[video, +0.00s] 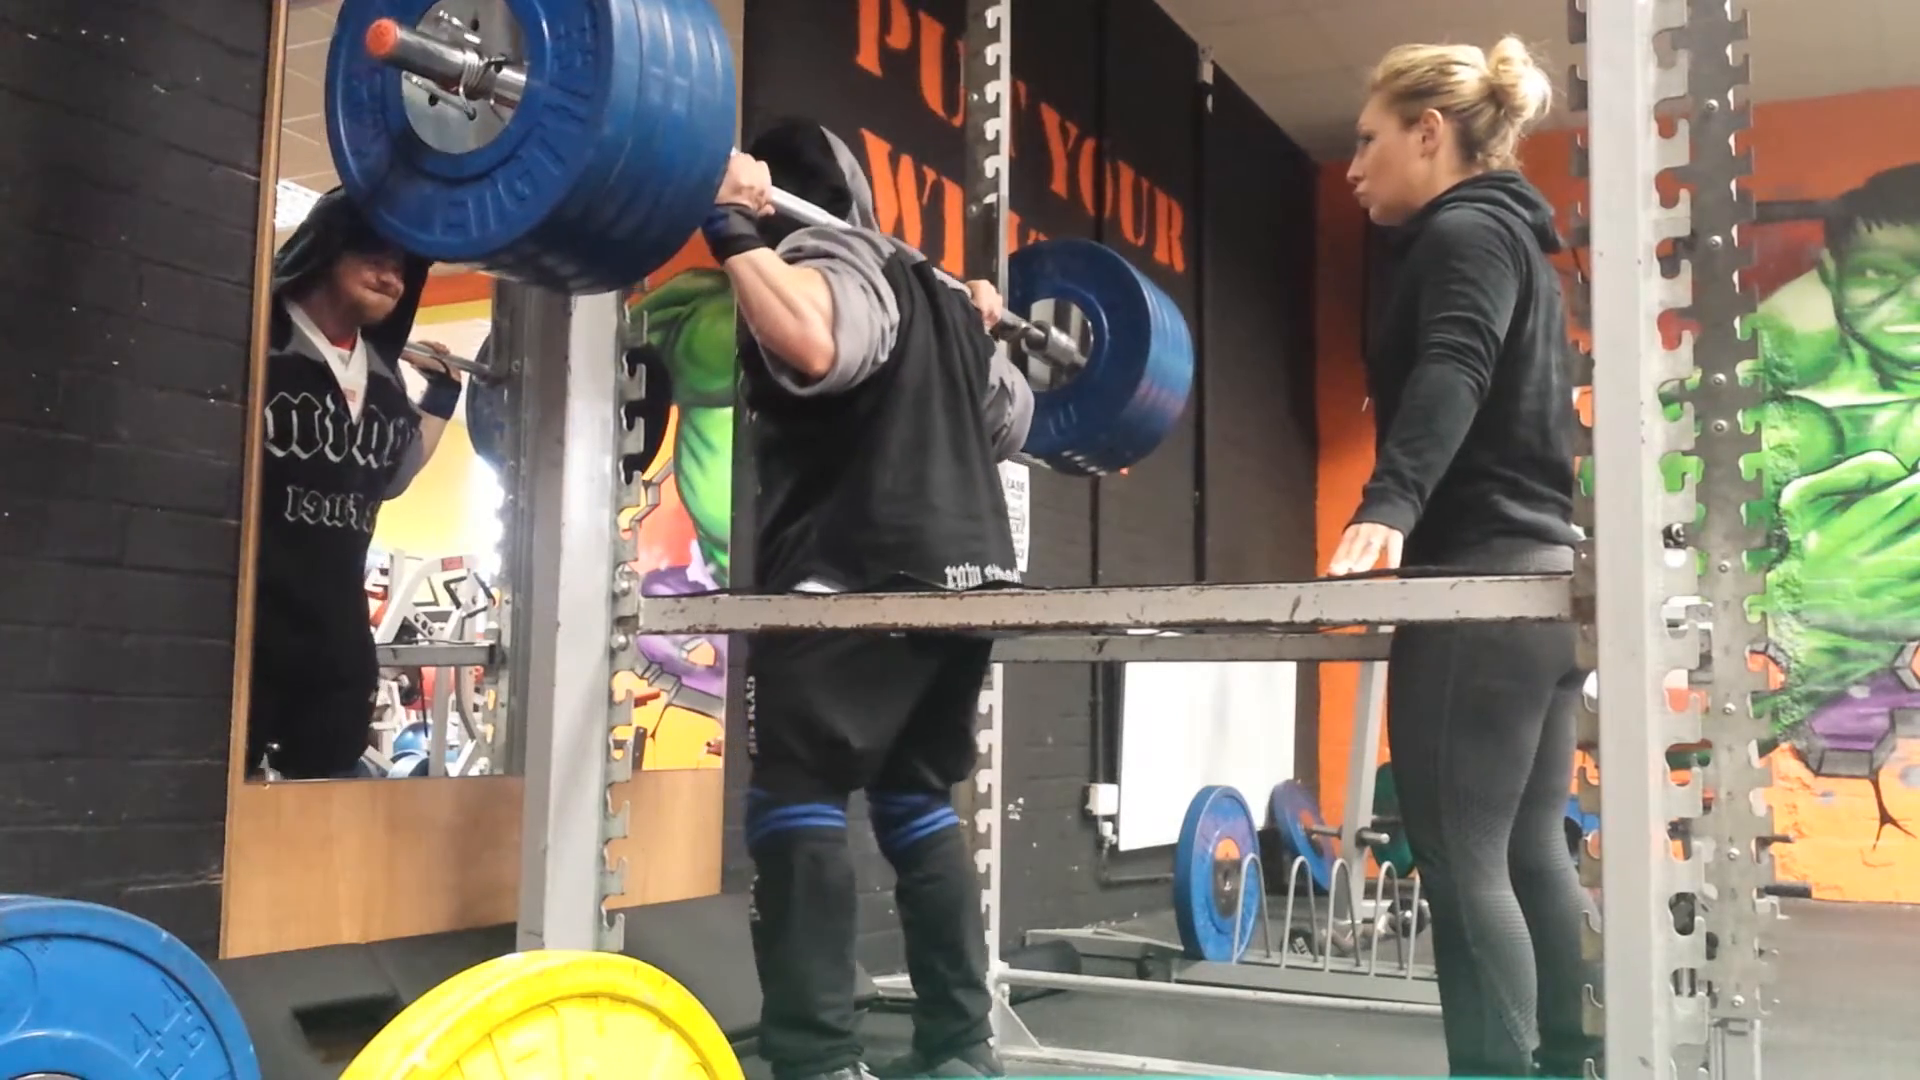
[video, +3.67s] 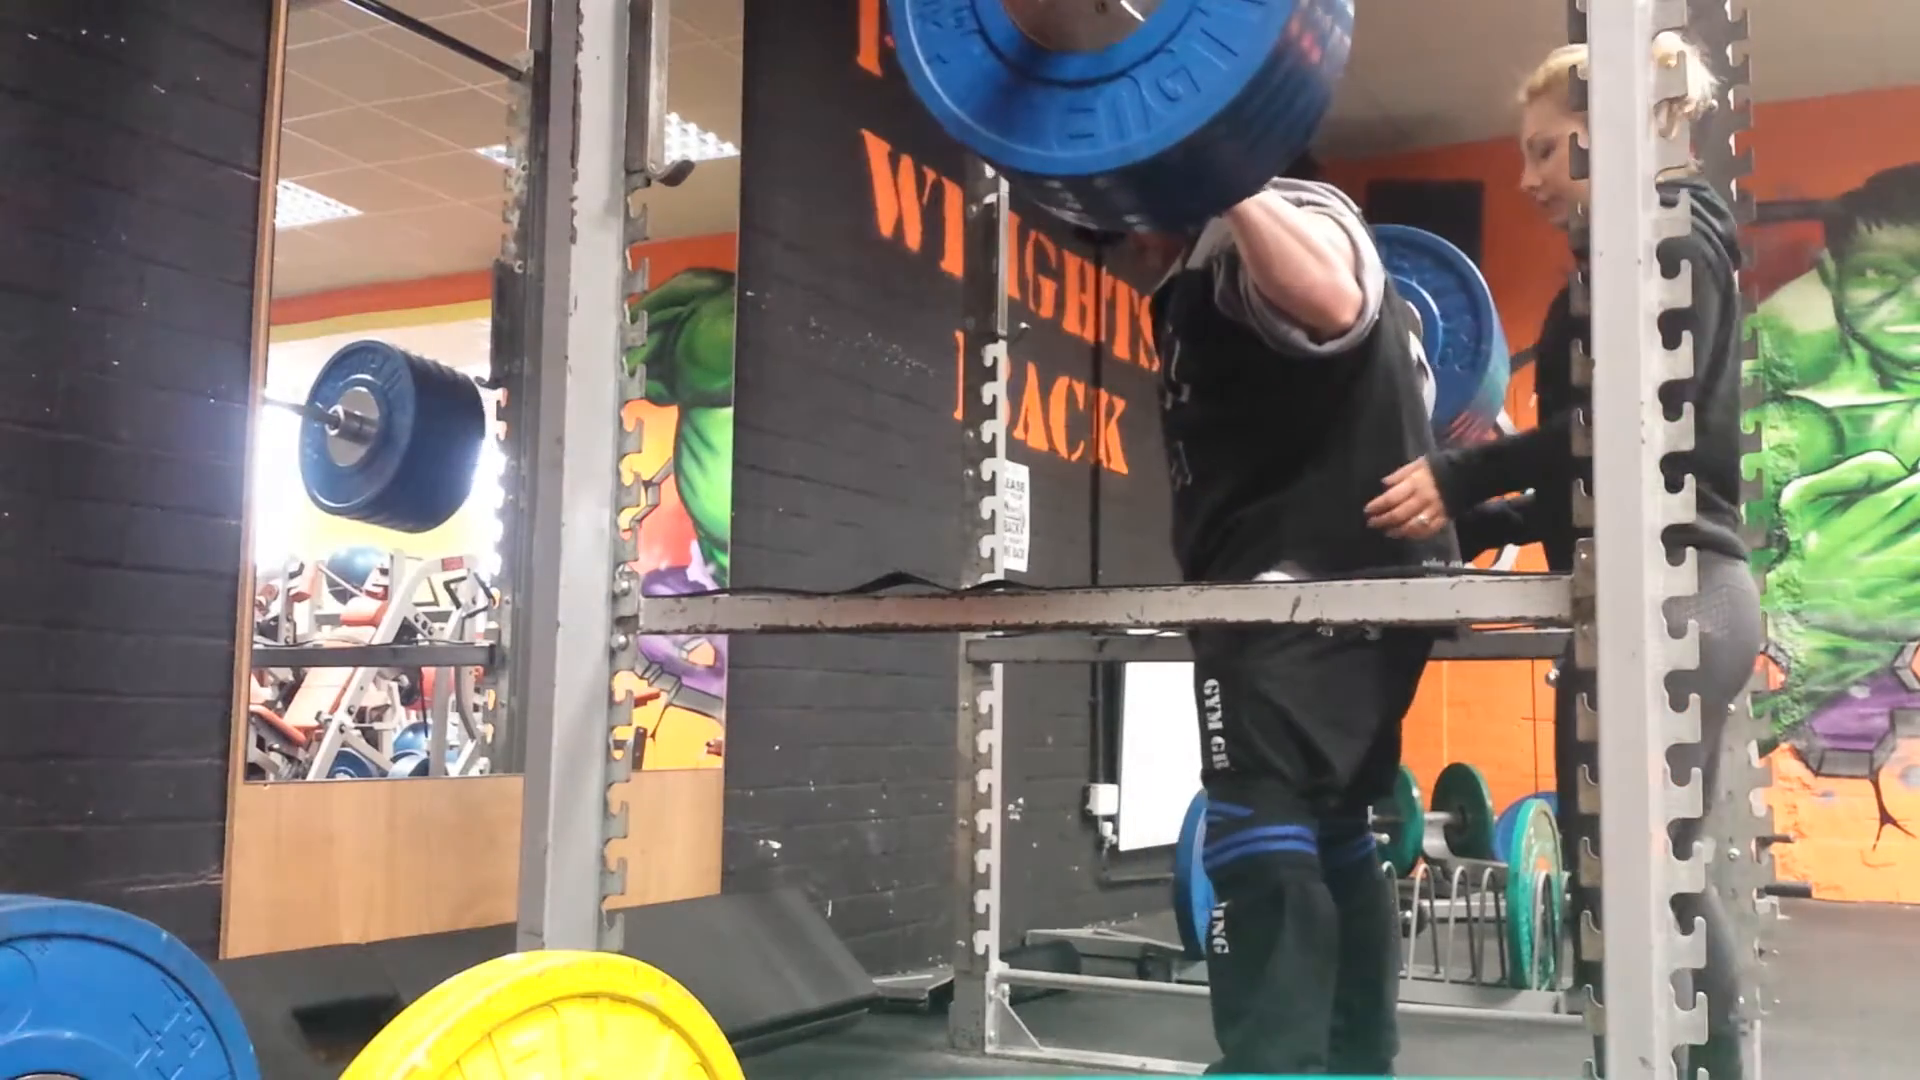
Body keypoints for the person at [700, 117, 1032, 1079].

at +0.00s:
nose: (742, 228)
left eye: (751, 207)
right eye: (736, 209)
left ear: (785, 200)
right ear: (855, 192)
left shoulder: (824, 253)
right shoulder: (933, 288)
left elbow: (812, 345)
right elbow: (1013, 415)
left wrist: (736, 228)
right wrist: (986, 329)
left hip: (850, 573)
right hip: (968, 572)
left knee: (797, 790)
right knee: (917, 793)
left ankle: (809, 1044)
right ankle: (959, 1042)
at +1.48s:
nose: (851, 196)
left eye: (852, 177)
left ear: (879, 168)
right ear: (947, 156)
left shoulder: (941, 227)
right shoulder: (1038, 257)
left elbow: (975, 322)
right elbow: (1122, 392)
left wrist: (875, 211)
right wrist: (1125, 326)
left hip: (981, 567)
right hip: (1080, 564)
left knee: (940, 805)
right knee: (1002, 801)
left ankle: (960, 1057)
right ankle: (988, 1037)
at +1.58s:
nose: (862, 230)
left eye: (870, 208)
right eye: (861, 215)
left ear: (909, 173)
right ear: (977, 163)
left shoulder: (964, 226)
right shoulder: (1058, 257)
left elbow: (993, 311)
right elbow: (1135, 390)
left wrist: (892, 195)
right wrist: (1132, 324)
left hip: (989, 569)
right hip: (1092, 565)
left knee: (946, 807)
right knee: (1012, 791)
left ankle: (960, 1060)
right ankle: (1074, 1027)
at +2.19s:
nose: (976, 228)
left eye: (980, 205)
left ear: (1010, 186)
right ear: (1090, 165)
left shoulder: (1088, 229)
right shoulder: (1165, 244)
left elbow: (1141, 316)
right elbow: (1255, 368)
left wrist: (1050, 224)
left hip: (1113, 560)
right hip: (1219, 559)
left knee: (1020, 777)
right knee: (1156, 801)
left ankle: (1075, 1055)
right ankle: (1179, 1061)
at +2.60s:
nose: (1015, 241)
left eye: (1019, 219)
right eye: (1005, 227)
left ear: (1061, 193)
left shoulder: (1181, 221)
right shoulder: (1101, 271)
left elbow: (1217, 306)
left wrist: (1110, 186)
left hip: (1219, 572)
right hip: (1164, 575)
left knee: (1163, 826)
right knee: (1167, 826)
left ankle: (1220, 1068)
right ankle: (1187, 1061)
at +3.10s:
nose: (1081, 247)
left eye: (1078, 222)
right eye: (1066, 234)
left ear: (1116, 181)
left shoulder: (1240, 208)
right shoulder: (1169, 258)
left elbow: (1282, 295)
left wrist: (1173, 161)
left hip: (1265, 578)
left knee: (1214, 819)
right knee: (1303, 823)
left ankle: (1237, 1065)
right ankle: (1347, 1064)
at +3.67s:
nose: (1108, 259)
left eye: (1111, 232)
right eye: (1095, 241)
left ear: (1161, 193)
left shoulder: (1295, 212)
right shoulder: (1213, 262)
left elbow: (1329, 300)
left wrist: (1225, 179)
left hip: (1315, 588)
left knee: (1259, 829)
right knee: (1333, 833)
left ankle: (1266, 1064)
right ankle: (1351, 1064)